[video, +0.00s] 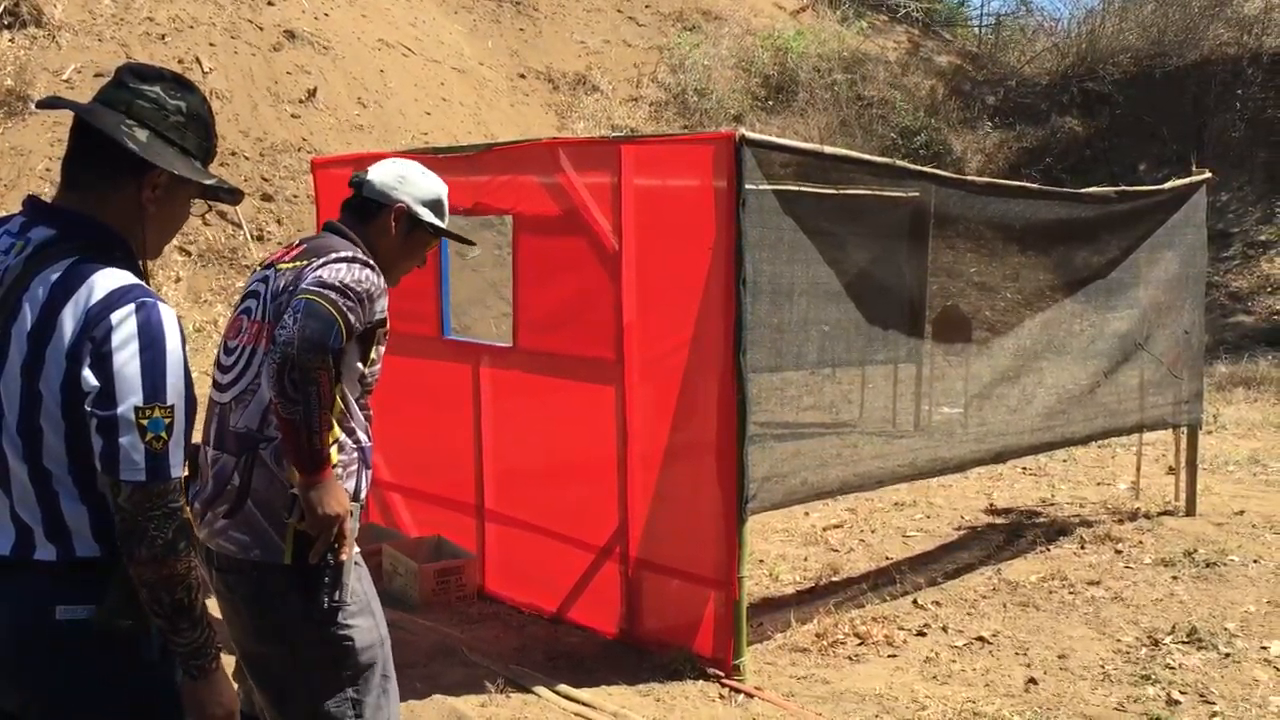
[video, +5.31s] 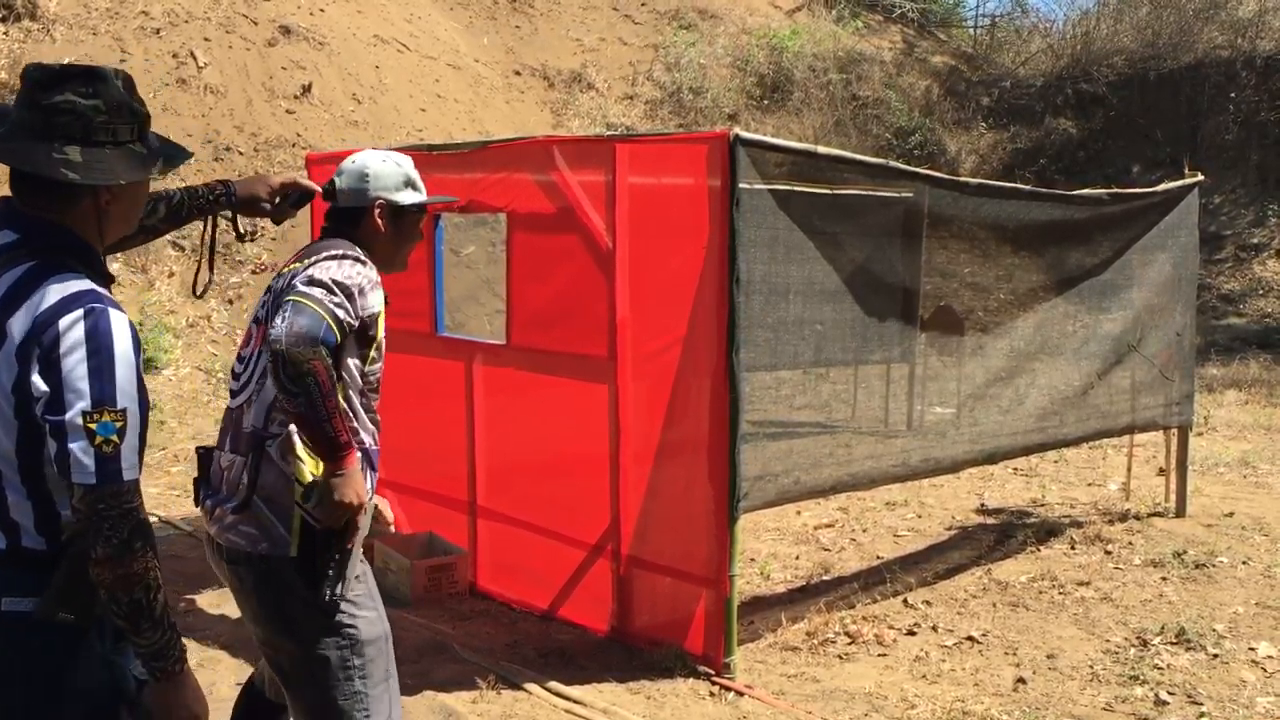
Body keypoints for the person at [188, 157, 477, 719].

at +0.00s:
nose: (425, 261)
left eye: (432, 247)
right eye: (427, 243)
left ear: (362, 214)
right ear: (393, 221)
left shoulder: (283, 263)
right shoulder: (353, 271)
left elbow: (234, 387)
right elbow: (301, 353)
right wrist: (317, 476)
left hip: (240, 539)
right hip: (296, 545)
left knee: (282, 702)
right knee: (358, 701)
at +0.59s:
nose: (410, 243)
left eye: (417, 229)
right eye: (411, 225)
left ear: (345, 200)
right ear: (375, 208)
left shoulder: (273, 253)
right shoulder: (335, 256)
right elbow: (291, 313)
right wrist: (357, 423)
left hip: (236, 529)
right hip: (290, 537)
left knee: (269, 693)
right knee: (354, 703)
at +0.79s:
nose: (401, 233)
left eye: (406, 218)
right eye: (399, 215)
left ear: (349, 198)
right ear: (363, 200)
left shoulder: (261, 254)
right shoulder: (321, 269)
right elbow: (326, 396)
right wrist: (431, 470)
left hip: (229, 525)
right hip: (286, 533)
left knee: (264, 692)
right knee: (348, 703)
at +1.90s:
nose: (391, 223)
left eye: (391, 208)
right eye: (386, 207)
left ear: (310, 202)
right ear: (349, 207)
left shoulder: (253, 267)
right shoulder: (324, 290)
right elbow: (338, 438)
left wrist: (314, 516)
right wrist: (385, 551)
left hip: (207, 528)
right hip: (266, 543)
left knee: (265, 683)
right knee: (353, 700)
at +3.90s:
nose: (408, 227)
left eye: (409, 212)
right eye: (401, 211)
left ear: (338, 209)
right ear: (363, 211)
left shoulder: (271, 274)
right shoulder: (342, 293)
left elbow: (276, 414)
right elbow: (356, 437)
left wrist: (339, 506)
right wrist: (405, 549)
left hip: (228, 530)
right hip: (285, 544)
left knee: (282, 688)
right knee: (370, 700)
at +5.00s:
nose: (405, 231)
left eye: (407, 217)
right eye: (401, 216)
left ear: (334, 210)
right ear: (362, 213)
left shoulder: (269, 272)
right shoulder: (342, 286)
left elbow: (266, 415)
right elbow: (336, 411)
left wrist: (337, 503)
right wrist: (401, 515)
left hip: (225, 528)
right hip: (281, 540)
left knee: (276, 687)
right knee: (367, 701)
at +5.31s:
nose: (422, 233)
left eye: (423, 219)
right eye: (417, 218)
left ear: (354, 214)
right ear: (378, 217)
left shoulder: (303, 270)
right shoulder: (349, 269)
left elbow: (291, 409)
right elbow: (298, 340)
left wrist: (362, 493)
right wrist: (344, 462)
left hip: (252, 530)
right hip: (300, 539)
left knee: (285, 683)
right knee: (363, 707)